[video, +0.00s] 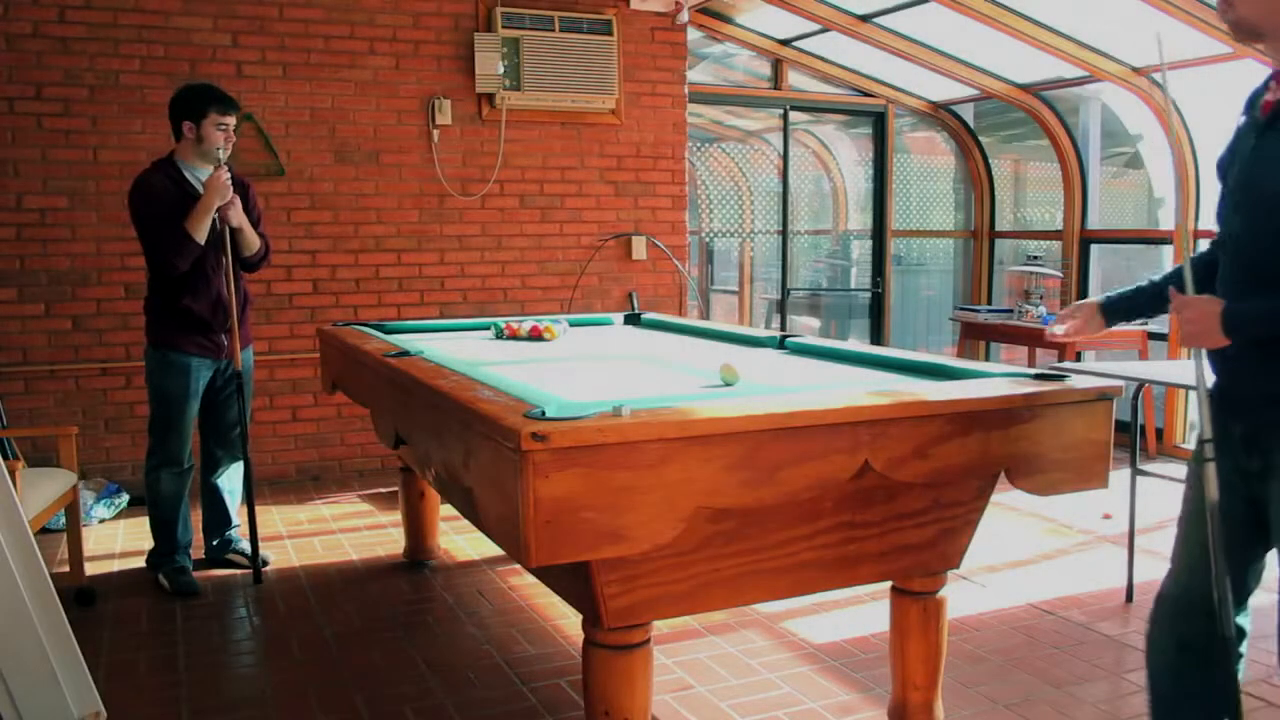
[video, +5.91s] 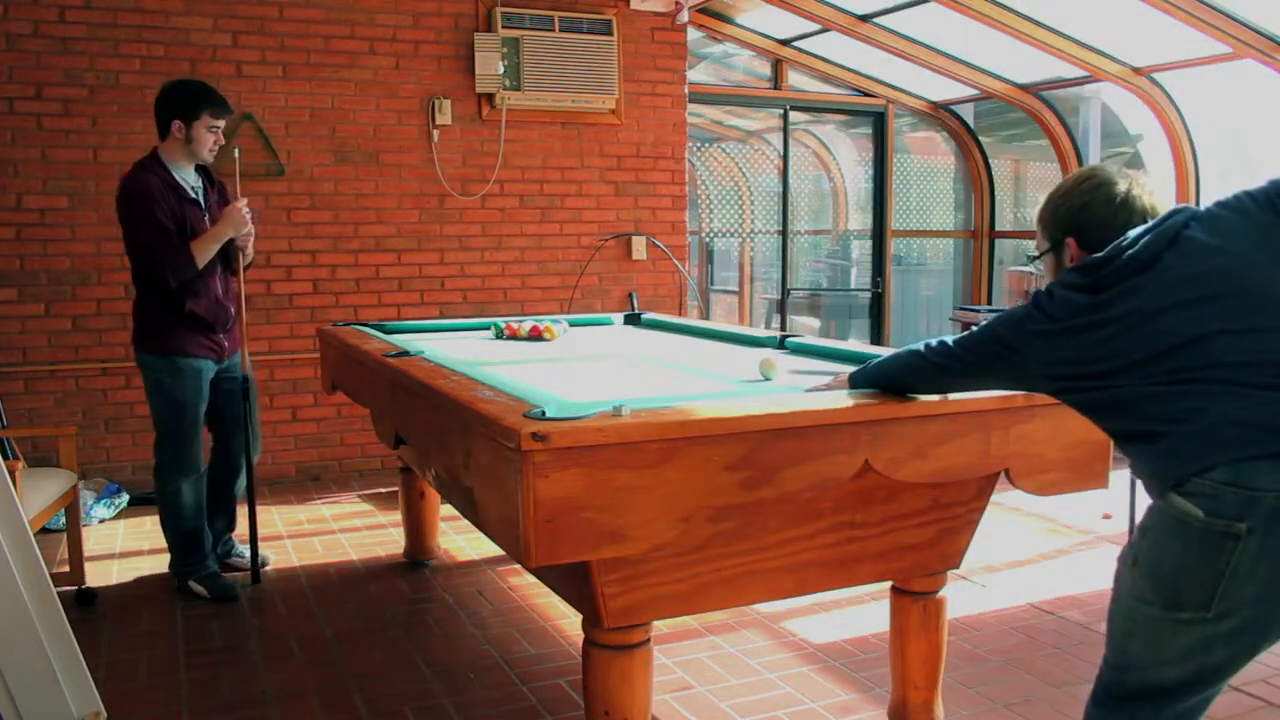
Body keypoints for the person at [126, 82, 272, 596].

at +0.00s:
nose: (229, 138)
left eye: (233, 128)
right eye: (220, 128)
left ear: (233, 132)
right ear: (187, 130)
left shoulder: (236, 185)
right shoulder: (152, 187)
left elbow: (255, 261)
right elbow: (171, 262)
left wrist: (240, 222)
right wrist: (205, 205)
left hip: (235, 338)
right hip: (180, 340)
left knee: (228, 449)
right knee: (174, 454)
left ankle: (223, 542)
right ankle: (170, 558)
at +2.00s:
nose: (224, 134)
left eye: (228, 126)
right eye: (213, 125)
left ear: (232, 131)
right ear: (182, 129)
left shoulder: (239, 186)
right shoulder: (155, 187)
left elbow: (259, 262)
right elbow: (175, 261)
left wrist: (243, 222)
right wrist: (211, 204)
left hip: (238, 339)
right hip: (183, 341)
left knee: (230, 450)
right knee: (175, 455)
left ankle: (223, 542)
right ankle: (171, 558)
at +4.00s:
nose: (240, 142)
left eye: (242, 133)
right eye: (232, 132)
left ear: (238, 138)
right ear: (200, 132)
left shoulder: (235, 185)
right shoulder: (165, 187)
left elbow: (262, 262)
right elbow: (185, 263)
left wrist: (251, 223)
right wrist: (224, 209)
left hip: (245, 337)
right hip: (195, 340)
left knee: (233, 449)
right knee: (184, 453)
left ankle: (224, 542)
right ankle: (171, 558)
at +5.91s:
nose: (221, 139)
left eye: (223, 130)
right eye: (213, 129)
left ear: (193, 132)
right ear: (178, 129)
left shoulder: (211, 187)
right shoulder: (141, 186)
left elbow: (230, 265)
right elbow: (168, 269)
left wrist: (244, 244)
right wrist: (222, 229)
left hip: (222, 340)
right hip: (173, 344)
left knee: (236, 443)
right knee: (182, 457)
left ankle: (219, 541)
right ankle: (191, 566)